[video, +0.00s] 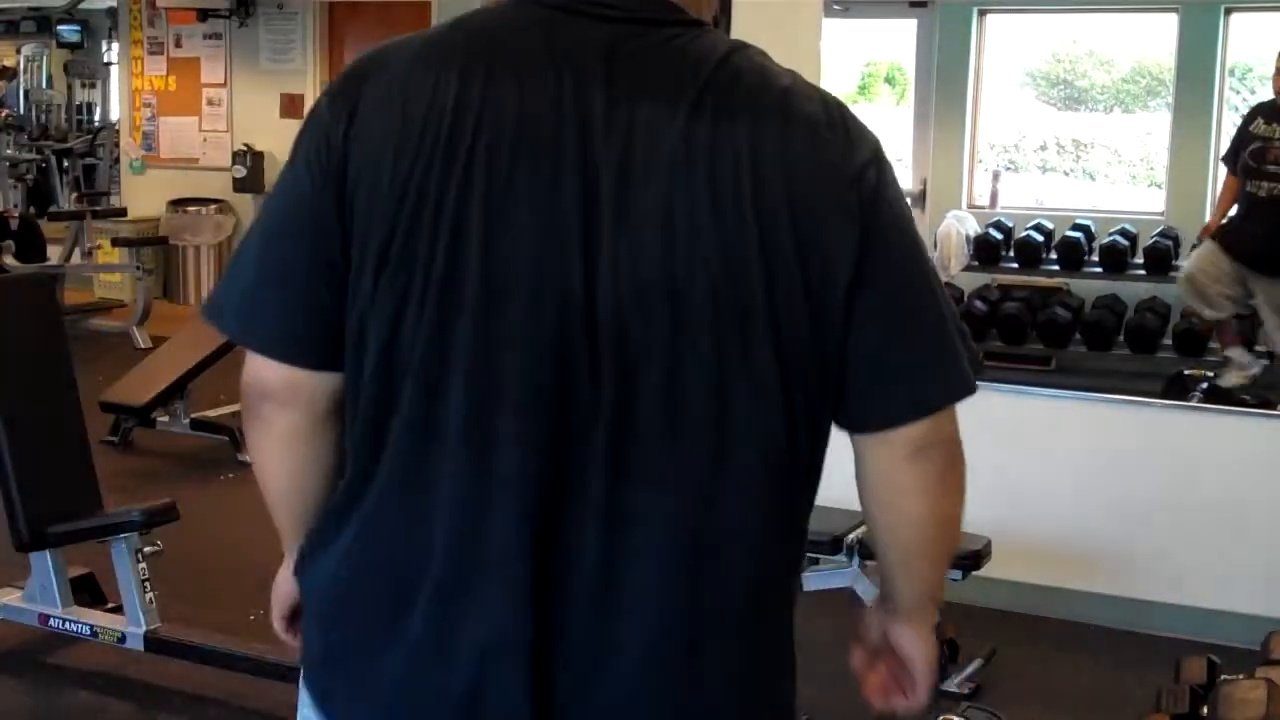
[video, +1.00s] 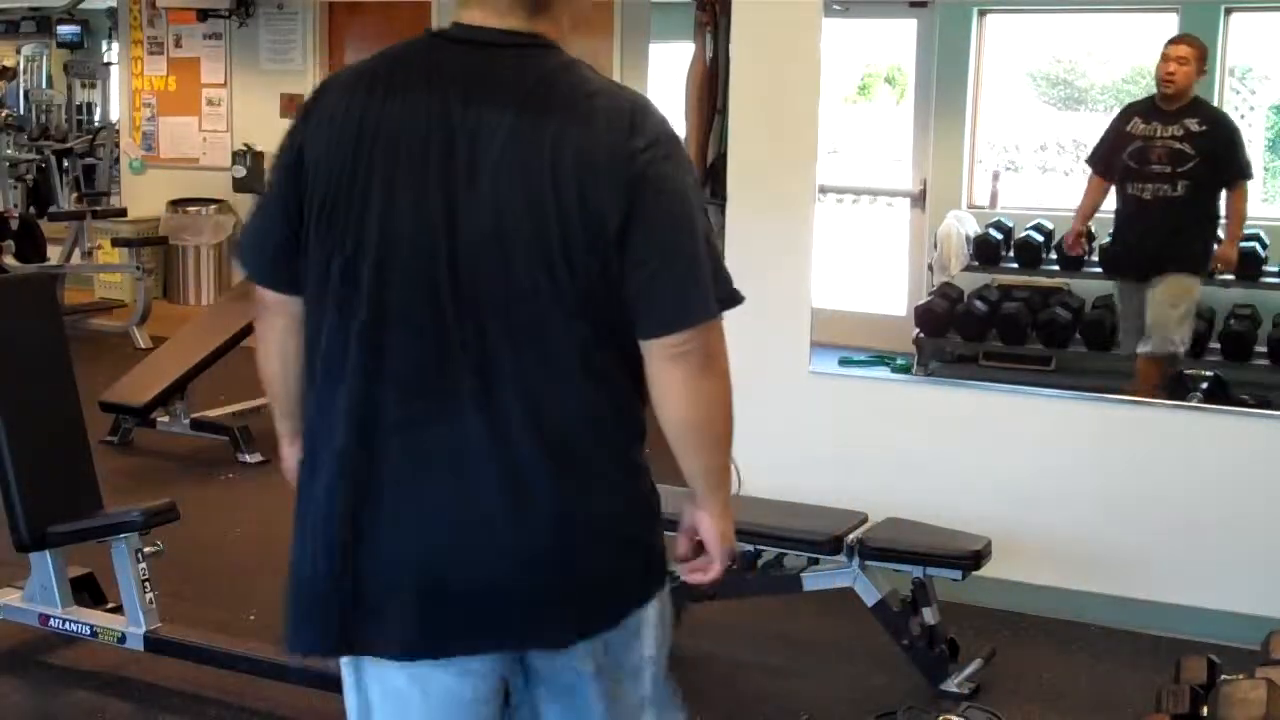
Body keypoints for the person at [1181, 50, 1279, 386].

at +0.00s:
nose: (1276, 79)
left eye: (1279, 73)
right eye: (1276, 73)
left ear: (1279, 79)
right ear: (1273, 77)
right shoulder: (1260, 114)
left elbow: (1235, 175)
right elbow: (1235, 174)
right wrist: (1216, 219)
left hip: (1277, 238)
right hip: (1247, 229)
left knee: (1274, 331)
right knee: (1198, 274)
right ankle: (1238, 359)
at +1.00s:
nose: (1169, 67)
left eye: (1181, 62)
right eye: (1165, 59)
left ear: (1199, 73)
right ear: (1157, 65)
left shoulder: (1216, 124)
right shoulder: (1131, 115)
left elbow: (1237, 186)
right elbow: (1102, 174)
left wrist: (1231, 243)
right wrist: (1079, 224)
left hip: (1183, 251)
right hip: (1129, 247)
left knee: (1155, 350)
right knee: (1142, 349)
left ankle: (1134, 437)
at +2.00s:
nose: (1147, 66)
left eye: (1151, 59)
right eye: (1137, 57)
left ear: (1155, 65)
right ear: (1110, 62)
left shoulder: (1147, 118)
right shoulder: (1083, 116)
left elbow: (1161, 178)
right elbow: (1055, 183)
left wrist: (1173, 226)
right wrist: (1061, 248)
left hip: (1138, 260)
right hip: (1088, 260)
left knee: (1133, 367)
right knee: (1063, 364)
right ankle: (1052, 444)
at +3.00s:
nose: (1135, 63)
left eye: (1132, 55)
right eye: (1128, 55)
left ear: (1104, 65)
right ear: (1105, 64)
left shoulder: (1111, 109)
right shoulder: (1087, 108)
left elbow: (1126, 184)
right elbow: (1115, 158)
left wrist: (1149, 228)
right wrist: (1136, 119)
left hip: (1106, 252)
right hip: (1083, 255)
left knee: (1093, 357)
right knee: (1078, 357)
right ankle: (1062, 440)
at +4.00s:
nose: (1162, 64)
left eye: (1159, 56)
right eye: (1155, 56)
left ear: (1129, 66)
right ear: (1133, 65)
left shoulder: (1120, 109)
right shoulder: (1125, 113)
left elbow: (1116, 183)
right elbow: (1120, 184)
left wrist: (1162, 231)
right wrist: (1166, 233)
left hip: (1113, 263)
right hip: (1125, 267)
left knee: (1100, 363)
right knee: (1118, 371)